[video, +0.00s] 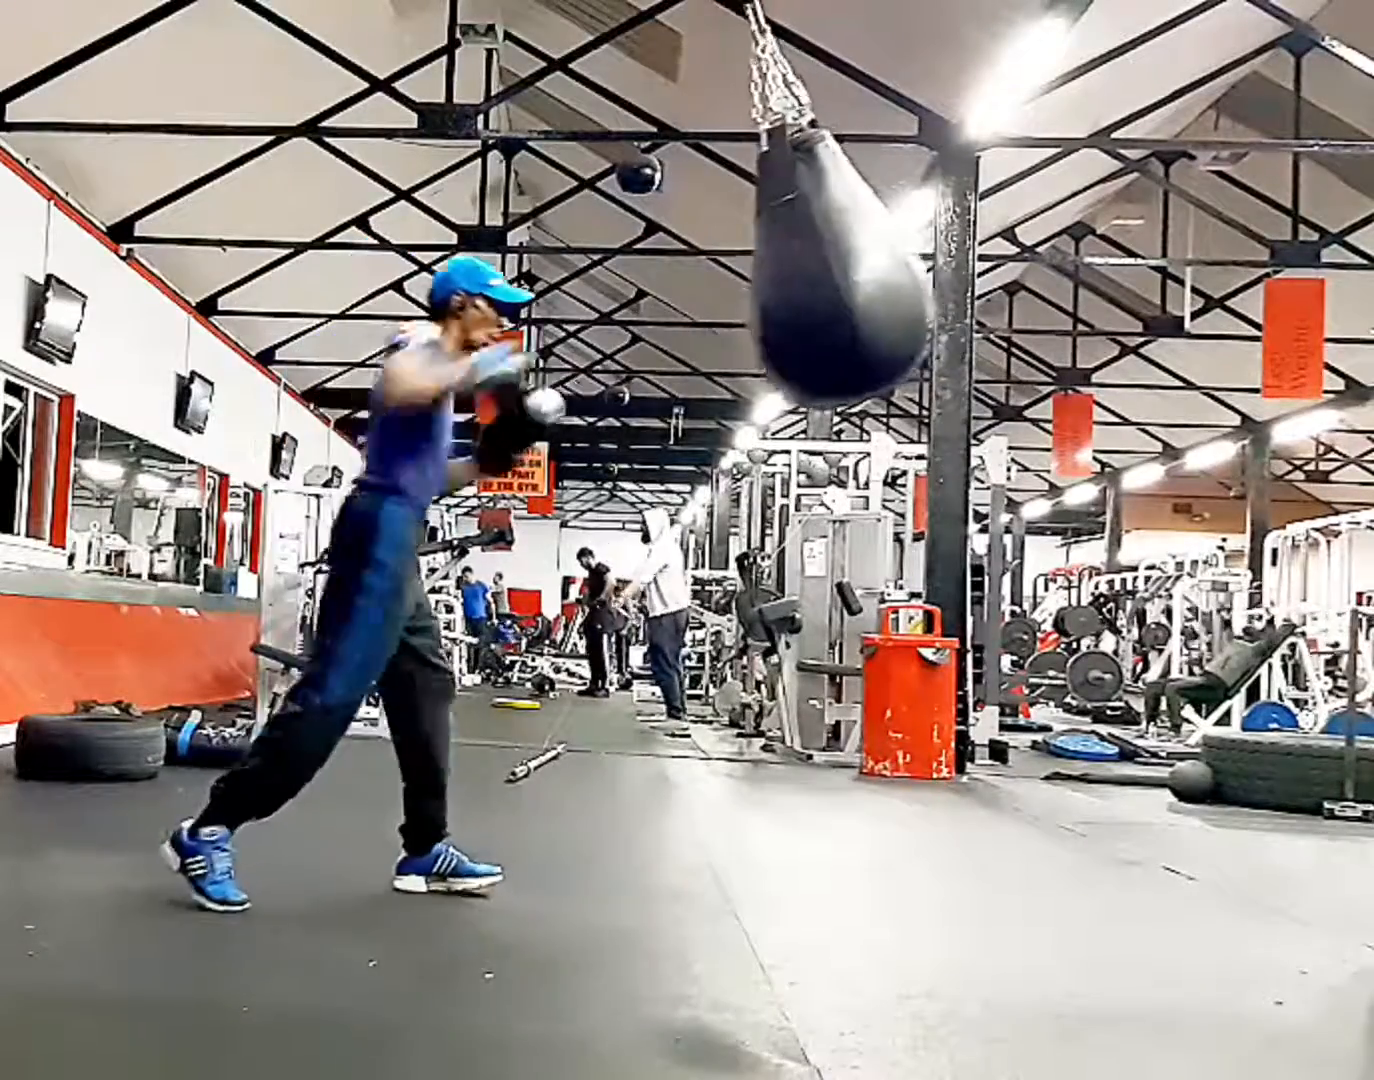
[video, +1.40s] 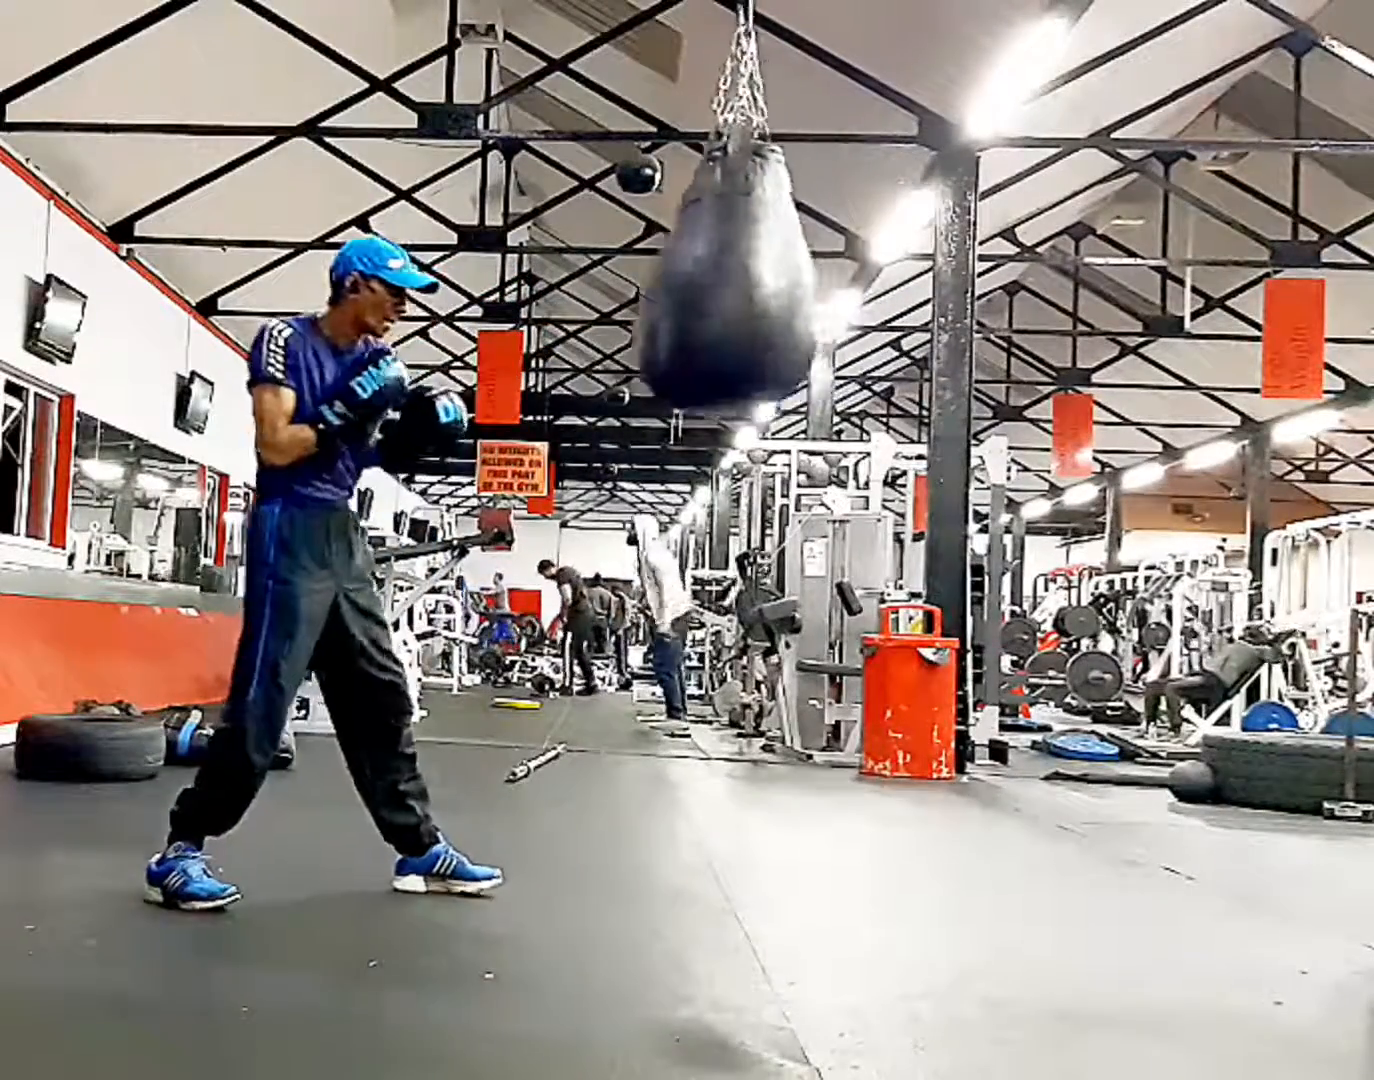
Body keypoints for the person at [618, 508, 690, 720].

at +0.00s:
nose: (642, 529)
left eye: (645, 525)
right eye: (643, 525)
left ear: (656, 526)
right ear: (661, 526)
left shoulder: (661, 548)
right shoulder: (668, 545)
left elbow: (645, 575)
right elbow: (645, 576)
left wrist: (625, 595)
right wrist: (626, 591)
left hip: (666, 611)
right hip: (673, 609)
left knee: (663, 662)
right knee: (671, 660)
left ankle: (675, 708)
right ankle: (677, 706)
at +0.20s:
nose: (636, 530)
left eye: (639, 526)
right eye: (637, 525)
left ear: (648, 527)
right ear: (657, 526)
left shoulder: (656, 550)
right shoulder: (669, 547)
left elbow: (656, 583)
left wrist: (647, 611)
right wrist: (640, 592)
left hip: (665, 610)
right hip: (678, 607)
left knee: (663, 662)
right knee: (672, 660)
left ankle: (675, 710)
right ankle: (678, 706)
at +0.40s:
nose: (633, 530)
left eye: (637, 526)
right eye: (635, 526)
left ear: (646, 528)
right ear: (652, 527)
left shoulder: (657, 550)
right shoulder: (655, 549)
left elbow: (671, 583)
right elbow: (657, 584)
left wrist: (672, 617)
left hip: (666, 615)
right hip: (664, 614)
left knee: (664, 667)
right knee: (670, 665)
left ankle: (675, 711)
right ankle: (677, 708)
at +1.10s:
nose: (631, 532)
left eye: (634, 528)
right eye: (632, 527)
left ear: (644, 530)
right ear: (647, 530)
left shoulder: (659, 551)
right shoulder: (645, 553)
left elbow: (680, 581)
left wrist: (691, 614)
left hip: (669, 617)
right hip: (658, 618)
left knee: (666, 667)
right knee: (669, 666)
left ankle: (676, 711)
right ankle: (675, 710)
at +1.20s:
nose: (628, 533)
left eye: (631, 528)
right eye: (629, 528)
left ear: (641, 531)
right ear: (646, 531)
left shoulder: (656, 552)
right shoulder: (646, 553)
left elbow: (680, 581)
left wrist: (690, 614)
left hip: (669, 618)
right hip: (661, 618)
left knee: (666, 668)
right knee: (671, 667)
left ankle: (676, 712)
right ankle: (677, 710)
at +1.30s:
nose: (626, 534)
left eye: (630, 529)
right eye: (627, 529)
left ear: (640, 532)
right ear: (642, 533)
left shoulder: (655, 554)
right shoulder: (643, 555)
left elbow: (679, 584)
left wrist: (685, 619)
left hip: (668, 620)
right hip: (659, 620)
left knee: (666, 670)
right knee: (672, 669)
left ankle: (676, 713)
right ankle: (678, 710)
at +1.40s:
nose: (628, 533)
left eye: (631, 529)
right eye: (629, 528)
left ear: (641, 531)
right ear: (645, 531)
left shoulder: (655, 554)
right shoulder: (646, 555)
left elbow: (668, 587)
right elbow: (654, 588)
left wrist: (665, 620)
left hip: (672, 616)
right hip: (665, 616)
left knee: (666, 668)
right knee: (673, 668)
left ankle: (676, 713)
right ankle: (678, 710)